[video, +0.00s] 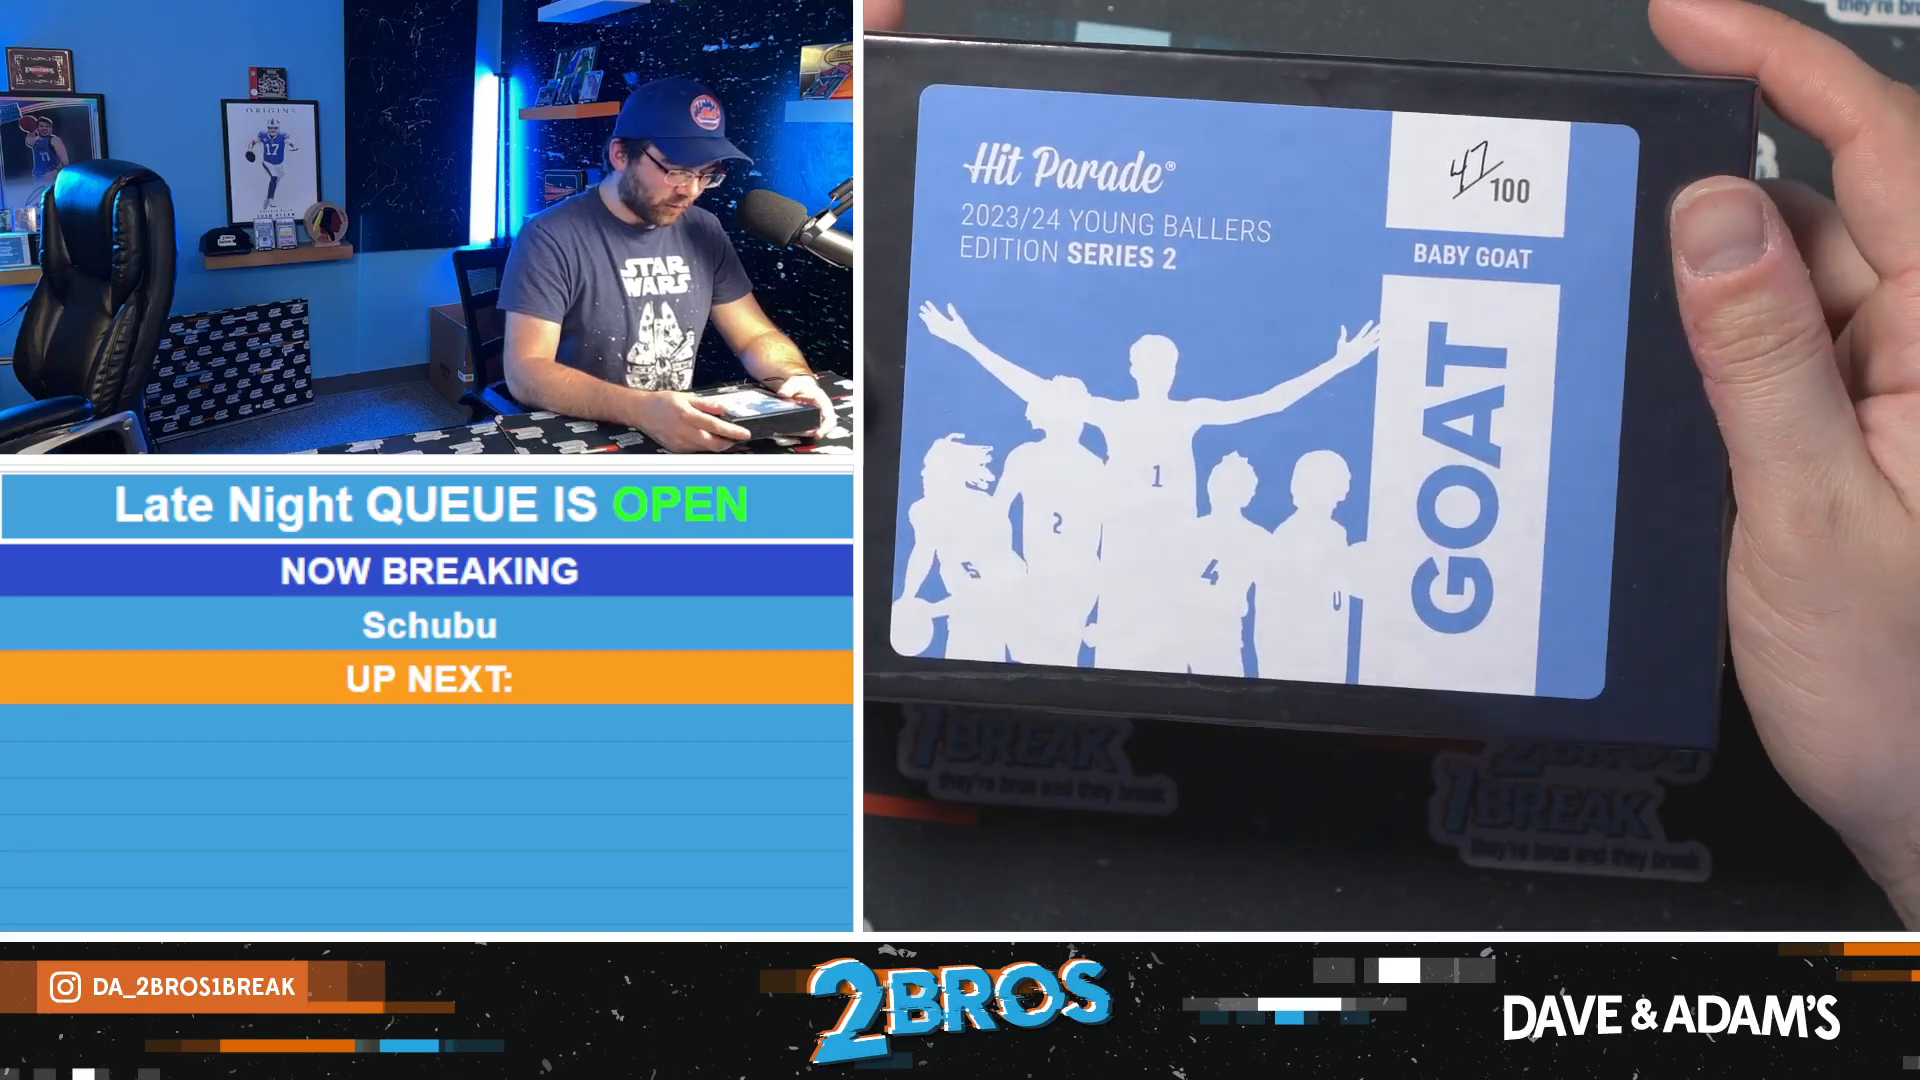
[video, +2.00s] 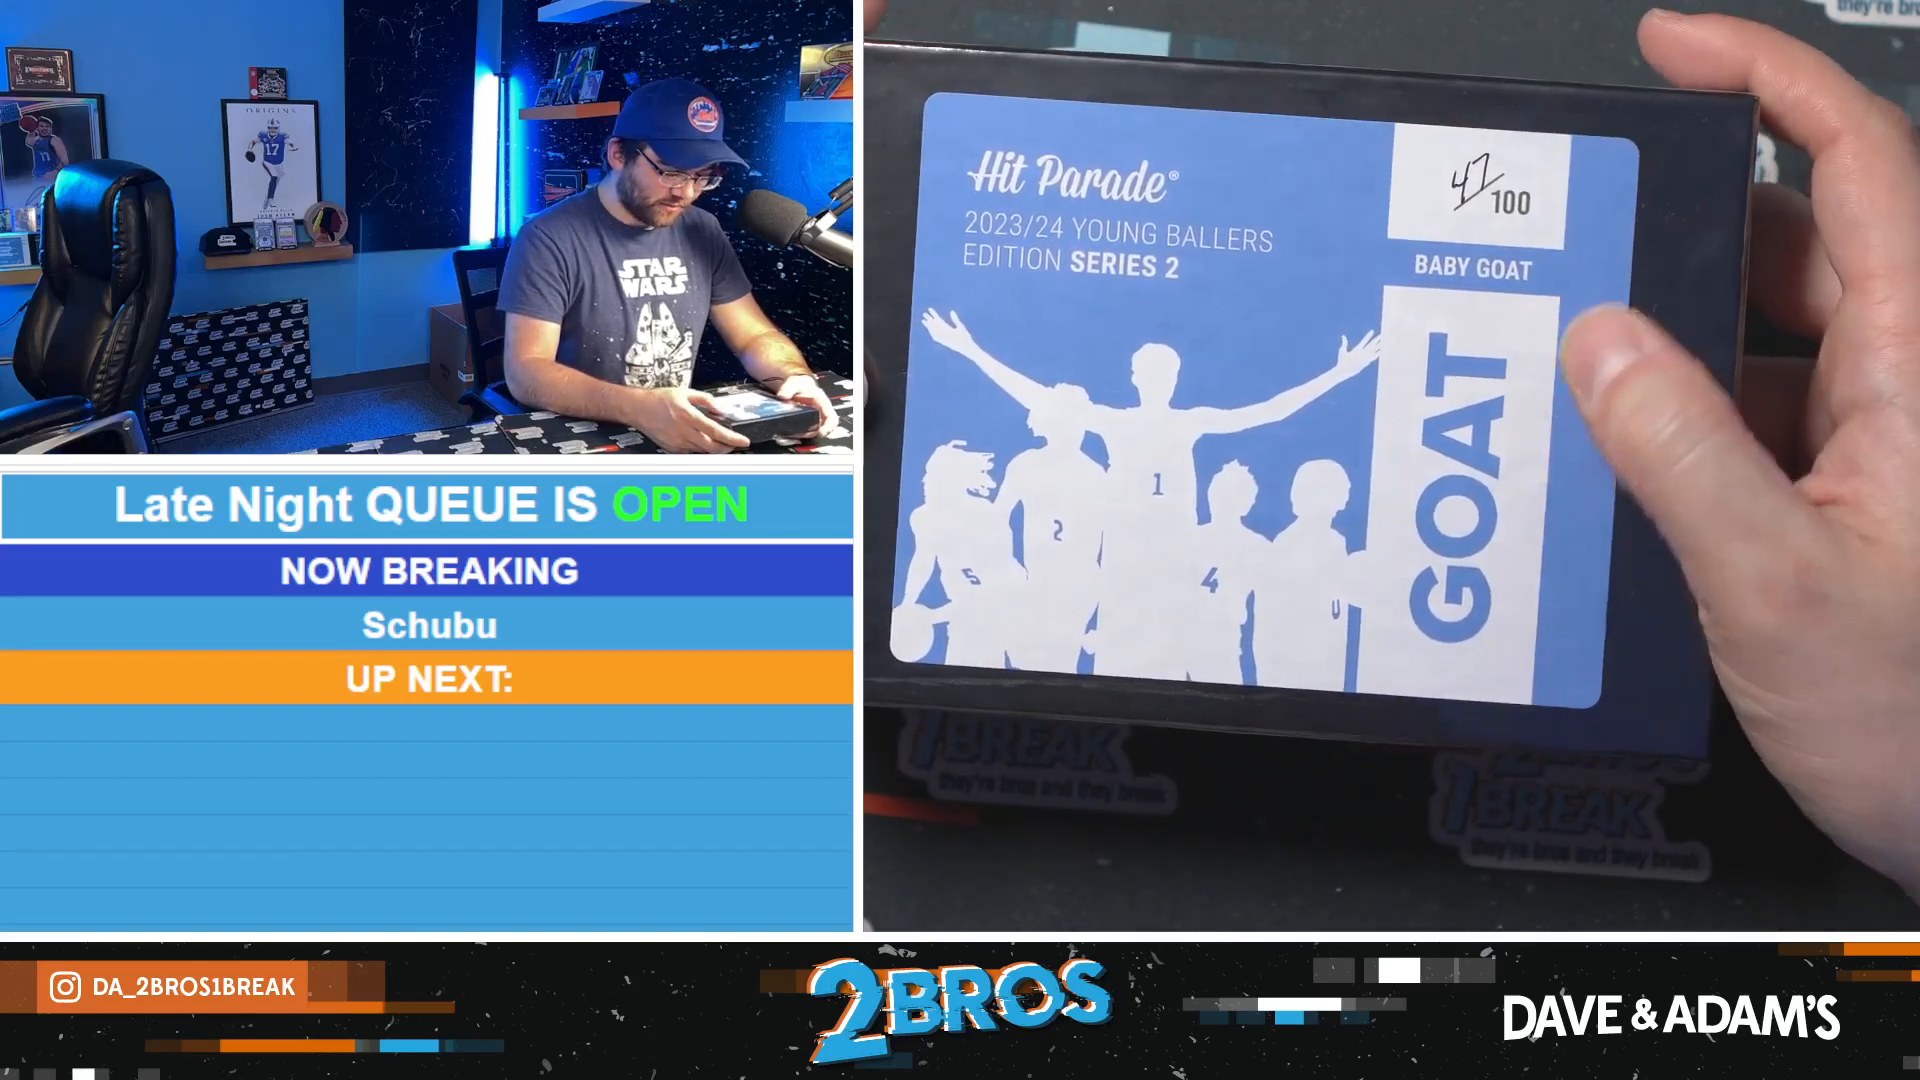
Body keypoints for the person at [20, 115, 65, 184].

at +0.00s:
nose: (44, 128)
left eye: (47, 126)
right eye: (41, 126)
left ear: (50, 128)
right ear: (37, 128)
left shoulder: (55, 140)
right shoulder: (35, 140)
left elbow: (64, 160)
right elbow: (28, 142)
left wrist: (54, 173)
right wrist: (31, 132)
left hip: (51, 177)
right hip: (37, 176)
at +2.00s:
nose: (44, 128)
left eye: (47, 126)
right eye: (41, 126)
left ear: (50, 128)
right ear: (37, 128)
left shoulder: (55, 140)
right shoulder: (35, 140)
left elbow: (64, 160)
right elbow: (28, 142)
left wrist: (54, 173)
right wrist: (31, 132)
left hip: (51, 177)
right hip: (37, 176)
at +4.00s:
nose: (44, 128)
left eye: (47, 126)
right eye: (41, 126)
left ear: (51, 128)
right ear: (37, 128)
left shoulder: (54, 140)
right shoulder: (35, 140)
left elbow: (64, 160)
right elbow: (28, 142)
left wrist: (54, 173)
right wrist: (31, 133)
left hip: (50, 177)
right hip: (37, 176)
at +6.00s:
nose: (44, 128)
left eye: (47, 126)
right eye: (41, 126)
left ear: (50, 128)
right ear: (37, 128)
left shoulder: (54, 140)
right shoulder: (35, 140)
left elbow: (64, 160)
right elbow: (28, 141)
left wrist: (53, 173)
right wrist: (30, 132)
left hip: (50, 177)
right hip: (37, 176)